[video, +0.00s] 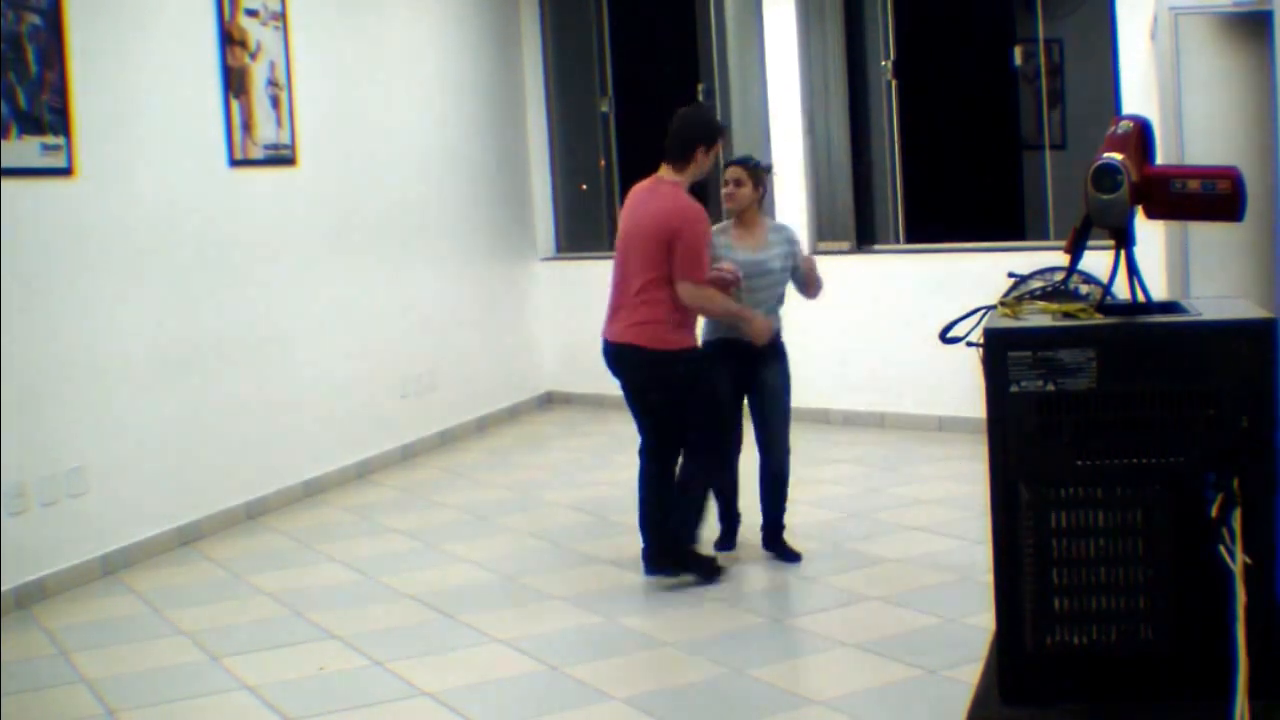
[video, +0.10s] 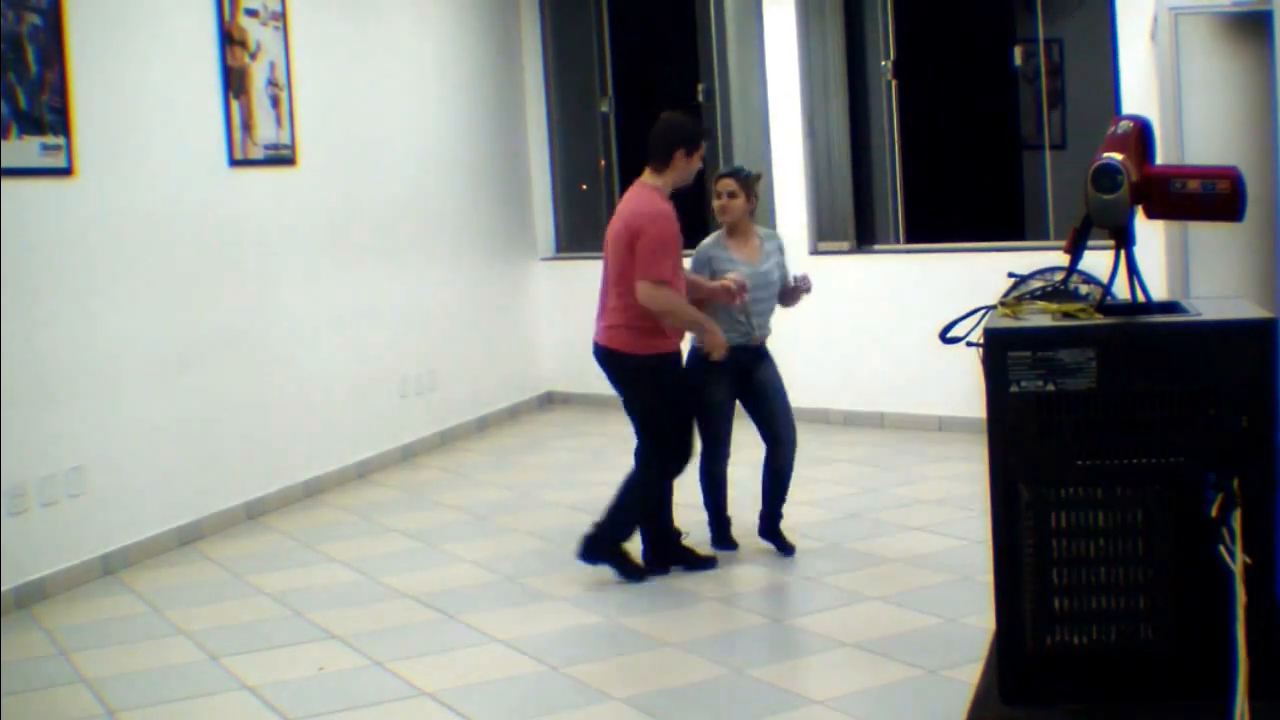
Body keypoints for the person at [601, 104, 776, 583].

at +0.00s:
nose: (716, 159)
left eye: (716, 150)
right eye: (716, 151)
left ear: (670, 146)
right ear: (703, 152)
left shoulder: (638, 195)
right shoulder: (688, 212)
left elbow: (643, 268)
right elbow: (691, 292)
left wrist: (705, 275)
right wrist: (746, 316)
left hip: (623, 342)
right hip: (665, 346)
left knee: (658, 442)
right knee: (712, 437)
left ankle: (659, 552)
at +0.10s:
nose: (700, 166)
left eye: (701, 158)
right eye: (698, 158)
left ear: (662, 154)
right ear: (682, 156)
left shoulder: (638, 201)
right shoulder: (656, 212)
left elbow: (658, 276)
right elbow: (651, 293)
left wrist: (709, 290)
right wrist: (706, 329)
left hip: (626, 344)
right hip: (643, 348)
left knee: (659, 444)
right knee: (672, 448)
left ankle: (662, 545)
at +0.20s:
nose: (683, 167)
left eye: (685, 158)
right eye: (681, 158)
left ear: (655, 156)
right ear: (658, 156)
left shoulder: (657, 208)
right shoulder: (619, 212)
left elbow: (666, 271)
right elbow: (605, 288)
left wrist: (712, 287)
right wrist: (665, 324)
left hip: (648, 351)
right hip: (615, 353)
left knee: (656, 450)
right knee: (629, 450)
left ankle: (662, 546)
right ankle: (560, 535)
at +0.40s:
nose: (652, 166)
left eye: (653, 157)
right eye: (648, 156)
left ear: (625, 156)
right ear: (621, 154)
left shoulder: (643, 208)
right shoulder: (571, 210)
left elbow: (667, 265)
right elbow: (541, 280)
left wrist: (703, 275)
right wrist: (603, 312)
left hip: (619, 347)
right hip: (566, 349)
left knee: (645, 442)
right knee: (560, 451)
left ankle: (657, 540)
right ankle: (544, 548)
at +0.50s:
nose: (637, 165)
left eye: (639, 157)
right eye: (632, 156)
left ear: (612, 156)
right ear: (604, 153)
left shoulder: (629, 208)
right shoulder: (554, 209)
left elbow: (650, 265)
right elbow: (526, 278)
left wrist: (675, 275)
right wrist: (588, 308)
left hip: (608, 345)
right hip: (556, 348)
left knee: (633, 434)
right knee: (554, 452)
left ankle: (618, 529)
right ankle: (544, 551)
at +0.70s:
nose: (620, 162)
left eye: (621, 154)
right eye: (614, 154)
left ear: (601, 156)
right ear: (585, 153)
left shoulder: (616, 209)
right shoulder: (546, 208)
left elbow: (632, 264)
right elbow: (520, 278)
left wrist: (626, 279)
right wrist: (576, 313)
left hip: (595, 346)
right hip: (552, 346)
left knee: (583, 445)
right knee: (558, 446)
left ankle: (550, 532)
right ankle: (542, 547)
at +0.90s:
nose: (618, 167)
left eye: (618, 159)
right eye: (609, 160)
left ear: (608, 164)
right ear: (581, 164)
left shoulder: (609, 215)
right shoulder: (553, 217)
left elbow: (630, 278)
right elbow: (533, 285)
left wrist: (622, 275)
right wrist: (586, 322)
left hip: (584, 345)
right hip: (553, 347)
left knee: (564, 433)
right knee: (612, 429)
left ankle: (536, 525)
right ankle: (583, 529)